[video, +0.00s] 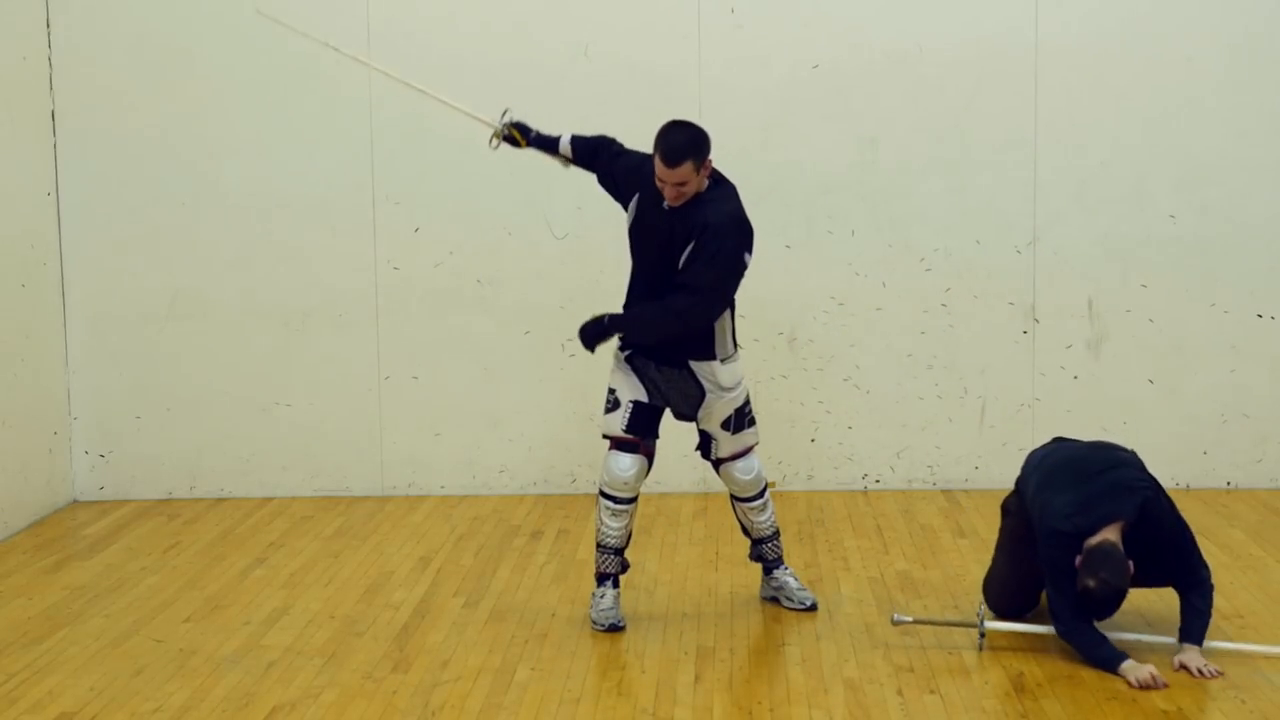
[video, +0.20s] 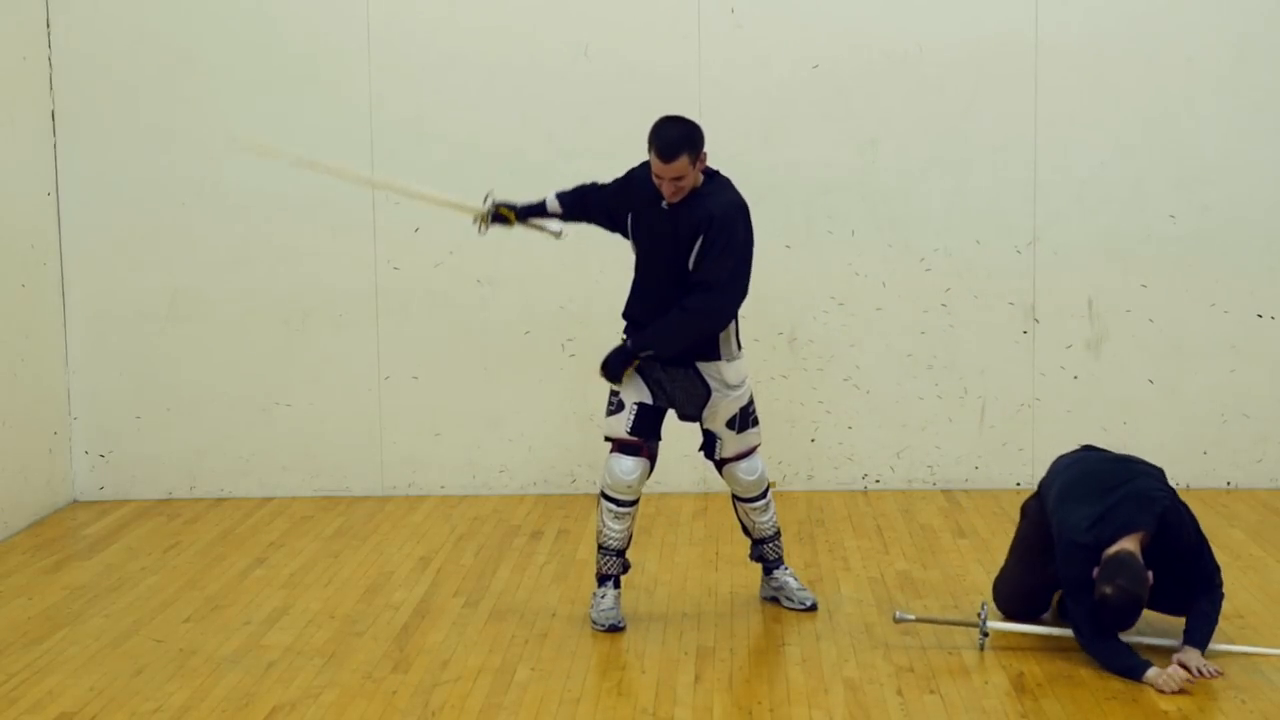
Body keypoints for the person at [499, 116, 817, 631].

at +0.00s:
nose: (669, 192)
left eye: (681, 184)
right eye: (662, 181)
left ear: (705, 169)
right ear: (654, 165)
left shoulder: (727, 222)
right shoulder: (640, 176)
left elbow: (698, 306)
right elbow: (598, 153)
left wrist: (620, 324)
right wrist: (535, 138)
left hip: (710, 359)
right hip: (642, 354)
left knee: (744, 471)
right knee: (622, 470)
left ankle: (775, 571)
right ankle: (607, 586)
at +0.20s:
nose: (667, 188)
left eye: (678, 178)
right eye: (659, 177)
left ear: (701, 162)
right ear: (648, 162)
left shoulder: (726, 210)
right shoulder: (639, 188)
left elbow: (718, 300)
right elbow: (588, 202)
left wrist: (638, 346)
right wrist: (522, 211)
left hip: (712, 352)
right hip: (645, 350)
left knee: (745, 469)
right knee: (625, 470)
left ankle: (775, 572)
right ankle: (608, 586)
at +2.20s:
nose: (328, 174)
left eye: (334, 161)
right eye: (322, 164)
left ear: (367, 143)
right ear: (333, 155)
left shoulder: (428, 198)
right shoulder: (331, 218)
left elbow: (475, 286)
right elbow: (337, 313)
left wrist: (495, 373)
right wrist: (334, 388)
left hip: (421, 390)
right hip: (348, 392)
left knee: (449, 517)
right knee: (318, 518)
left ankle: (495, 626)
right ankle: (324, 659)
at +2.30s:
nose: (298, 171)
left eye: (302, 157)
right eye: (292, 161)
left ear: (338, 138)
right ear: (304, 153)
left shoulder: (399, 195)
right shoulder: (300, 214)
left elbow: (451, 282)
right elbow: (302, 307)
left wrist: (497, 358)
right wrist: (305, 384)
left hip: (391, 390)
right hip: (319, 389)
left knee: (416, 522)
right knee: (304, 526)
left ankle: (482, 617)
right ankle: (323, 661)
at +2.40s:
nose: (273, 168)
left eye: (278, 155)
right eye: (266, 158)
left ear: (313, 137)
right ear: (266, 153)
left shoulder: (375, 191)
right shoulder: (274, 209)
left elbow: (431, 271)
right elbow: (267, 303)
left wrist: (502, 326)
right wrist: (271, 384)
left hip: (363, 387)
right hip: (292, 387)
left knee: (373, 526)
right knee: (296, 527)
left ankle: (447, 614)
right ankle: (323, 660)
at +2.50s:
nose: (252, 167)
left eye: (257, 154)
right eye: (245, 157)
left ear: (292, 136)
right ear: (250, 150)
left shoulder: (354, 188)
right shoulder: (252, 206)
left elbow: (422, 261)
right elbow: (239, 305)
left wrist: (506, 279)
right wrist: (236, 388)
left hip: (340, 381)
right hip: (271, 385)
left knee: (330, 519)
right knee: (285, 526)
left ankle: (398, 635)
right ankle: (323, 660)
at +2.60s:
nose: (233, 170)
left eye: (240, 157)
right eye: (226, 159)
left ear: (275, 138)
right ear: (225, 152)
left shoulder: (336, 188)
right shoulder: (231, 203)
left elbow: (409, 250)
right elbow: (215, 301)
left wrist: (501, 250)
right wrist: (204, 389)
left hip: (320, 382)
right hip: (255, 386)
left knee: (295, 524)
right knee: (281, 527)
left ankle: (329, 663)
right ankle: (317, 656)